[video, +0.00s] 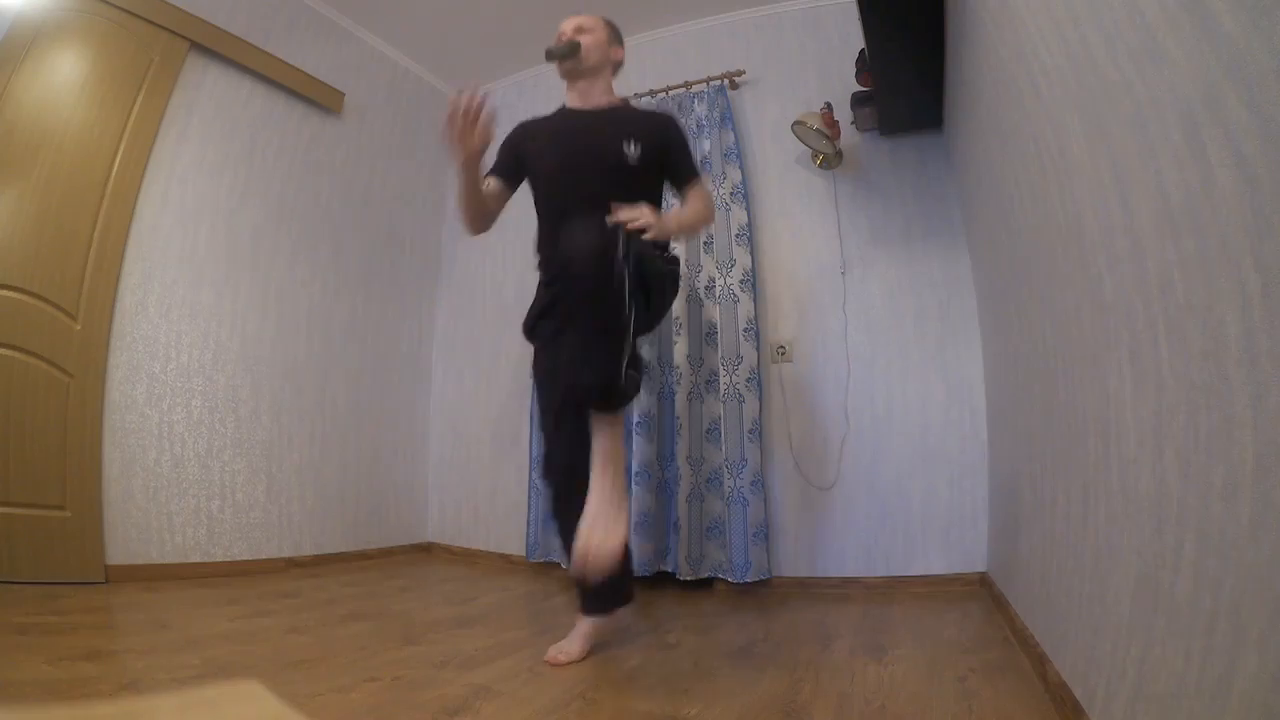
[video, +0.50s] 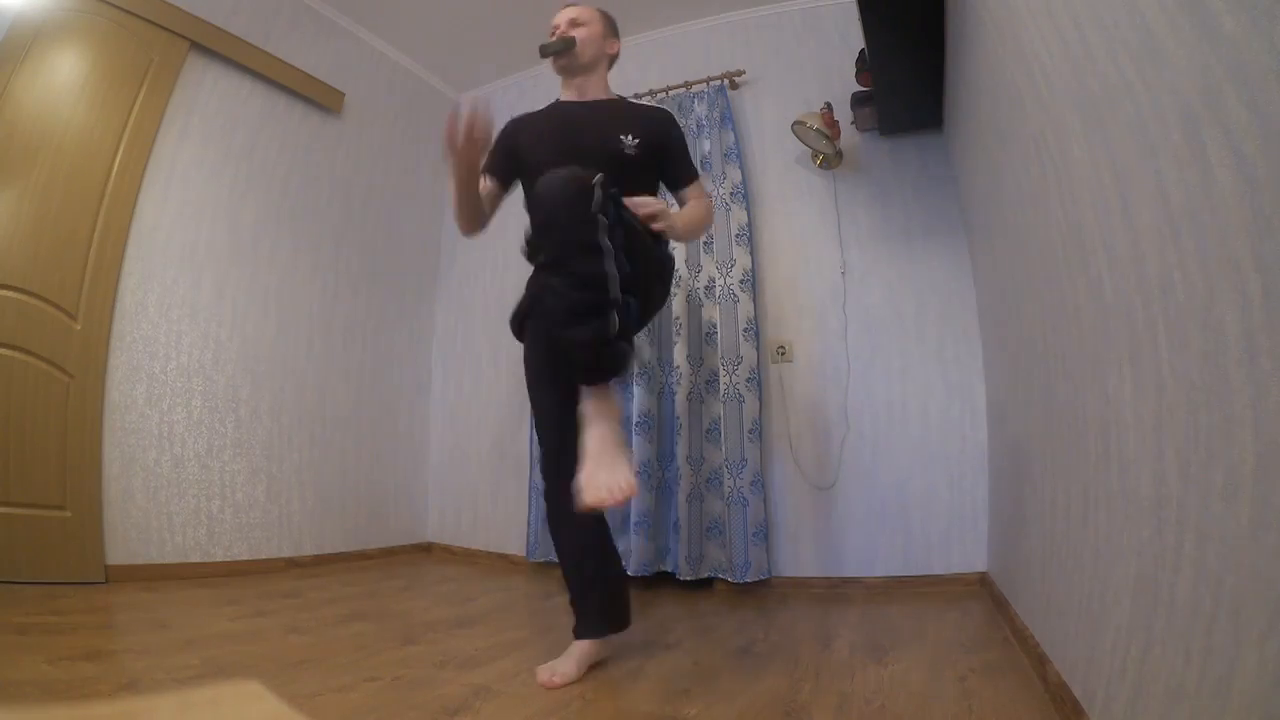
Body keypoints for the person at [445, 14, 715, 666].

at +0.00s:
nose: (566, 34)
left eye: (583, 28)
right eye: (560, 31)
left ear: (616, 53)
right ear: (554, 61)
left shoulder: (654, 127)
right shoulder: (530, 135)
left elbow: (700, 205)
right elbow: (478, 217)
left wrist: (663, 222)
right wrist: (468, 163)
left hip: (638, 286)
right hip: (565, 298)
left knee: (589, 244)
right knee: (567, 461)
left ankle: (609, 457)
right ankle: (598, 605)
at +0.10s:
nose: (559, 18)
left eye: (576, 11)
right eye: (555, 16)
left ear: (611, 36)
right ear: (550, 47)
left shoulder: (648, 96)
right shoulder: (540, 125)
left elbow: (708, 177)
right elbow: (521, 222)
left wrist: (639, 184)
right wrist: (507, 178)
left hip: (638, 264)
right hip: (567, 269)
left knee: (605, 403)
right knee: (494, 398)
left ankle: (625, 576)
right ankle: (541, 558)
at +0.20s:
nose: (563, 37)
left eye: (580, 28)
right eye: (558, 33)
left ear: (616, 50)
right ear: (553, 60)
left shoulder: (639, 113)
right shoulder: (551, 144)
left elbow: (676, 200)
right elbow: (561, 242)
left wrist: (573, 143)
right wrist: (506, 260)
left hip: (634, 299)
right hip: (568, 293)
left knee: (634, 470)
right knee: (443, 274)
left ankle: (640, 630)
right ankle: (491, 455)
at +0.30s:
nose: (564, 16)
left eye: (582, 10)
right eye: (558, 14)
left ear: (615, 38)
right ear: (549, 42)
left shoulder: (637, 96)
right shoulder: (542, 124)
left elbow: (659, 161)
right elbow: (570, 208)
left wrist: (575, 92)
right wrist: (538, 243)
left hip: (630, 285)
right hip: (561, 278)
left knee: (623, 438)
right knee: (456, 322)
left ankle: (632, 619)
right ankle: (503, 509)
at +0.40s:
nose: (563, 10)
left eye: (581, 3)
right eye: (559, 5)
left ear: (614, 26)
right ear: (552, 31)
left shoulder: (652, 97)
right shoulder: (534, 110)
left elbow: (695, 180)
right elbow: (518, 198)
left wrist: (602, 136)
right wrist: (506, 211)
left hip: (628, 241)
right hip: (552, 257)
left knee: (591, 309)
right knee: (534, 432)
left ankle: (621, 507)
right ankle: (559, 616)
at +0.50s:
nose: (561, 26)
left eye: (579, 20)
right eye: (555, 23)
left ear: (612, 48)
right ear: (548, 54)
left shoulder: (652, 122)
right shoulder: (523, 131)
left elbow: (701, 210)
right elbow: (472, 220)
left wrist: (671, 217)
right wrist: (464, 166)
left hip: (634, 281)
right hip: (554, 293)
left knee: (565, 189)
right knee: (563, 461)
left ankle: (600, 408)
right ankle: (596, 622)